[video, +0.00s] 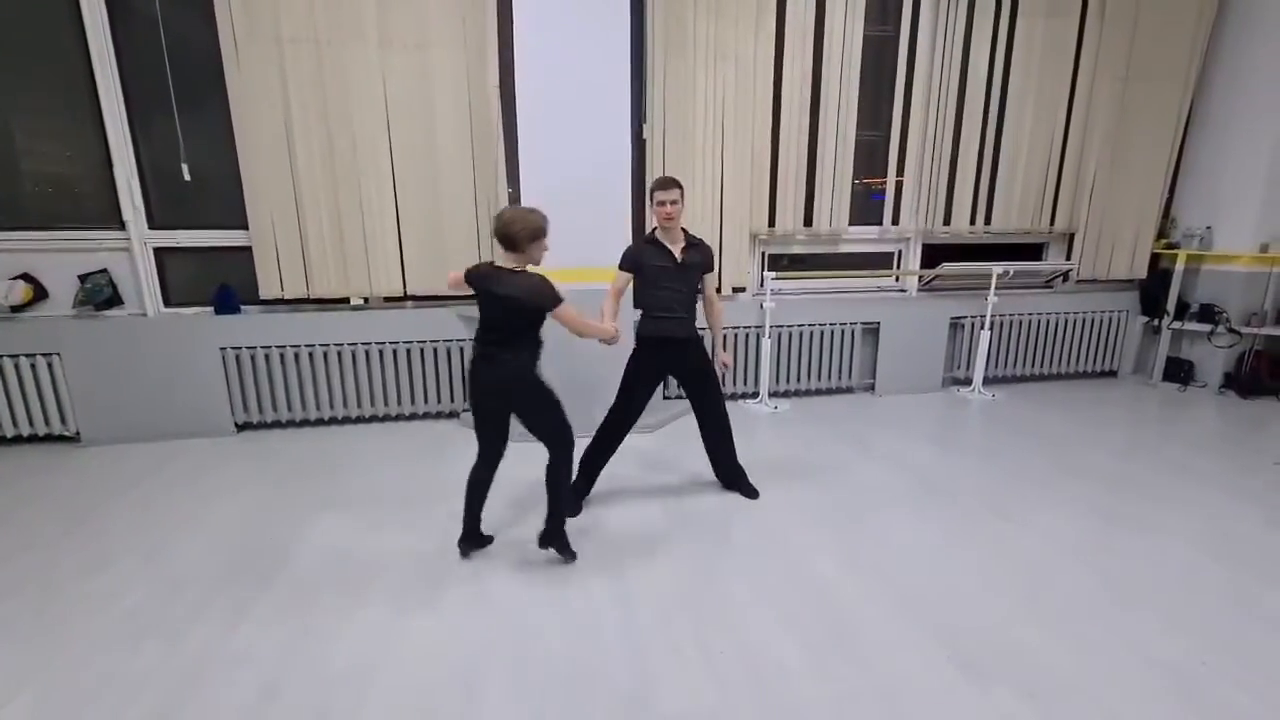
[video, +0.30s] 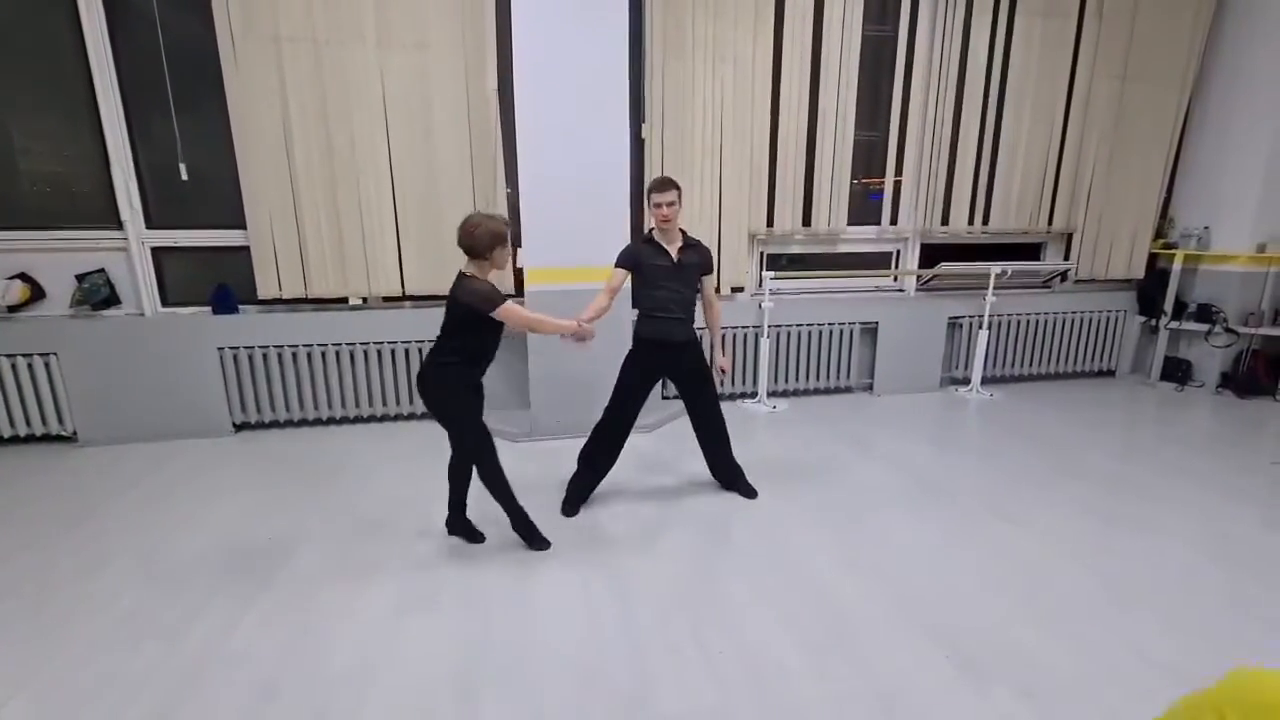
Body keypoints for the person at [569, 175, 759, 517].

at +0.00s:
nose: (668, 210)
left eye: (673, 203)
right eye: (661, 204)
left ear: (683, 206)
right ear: (652, 208)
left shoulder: (701, 251)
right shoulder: (639, 251)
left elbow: (711, 302)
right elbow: (614, 293)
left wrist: (720, 348)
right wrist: (609, 324)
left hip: (688, 345)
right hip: (651, 345)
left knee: (713, 410)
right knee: (621, 417)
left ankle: (731, 475)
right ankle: (579, 487)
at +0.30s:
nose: (665, 212)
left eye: (671, 205)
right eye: (658, 206)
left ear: (681, 206)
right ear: (649, 209)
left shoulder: (699, 253)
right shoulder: (637, 251)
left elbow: (710, 304)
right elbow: (608, 294)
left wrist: (718, 351)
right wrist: (582, 321)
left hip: (686, 348)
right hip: (647, 347)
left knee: (708, 414)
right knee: (617, 418)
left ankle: (730, 475)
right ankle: (579, 488)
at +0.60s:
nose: (634, 236)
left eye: (640, 227)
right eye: (628, 229)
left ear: (656, 224)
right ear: (623, 230)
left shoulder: (687, 263)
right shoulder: (621, 261)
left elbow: (713, 305)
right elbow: (595, 303)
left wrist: (717, 353)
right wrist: (574, 322)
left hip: (683, 351)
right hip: (641, 352)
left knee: (709, 415)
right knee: (614, 418)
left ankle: (730, 476)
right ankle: (582, 487)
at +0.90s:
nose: (620, 215)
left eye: (627, 208)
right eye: (614, 209)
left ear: (643, 212)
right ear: (610, 215)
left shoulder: (666, 262)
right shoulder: (601, 259)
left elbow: (687, 310)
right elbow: (576, 302)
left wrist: (694, 354)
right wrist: (557, 333)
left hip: (666, 347)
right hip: (624, 348)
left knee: (697, 410)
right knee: (604, 414)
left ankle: (735, 472)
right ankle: (580, 485)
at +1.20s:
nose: (628, 211)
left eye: (635, 204)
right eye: (623, 205)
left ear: (651, 205)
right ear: (618, 207)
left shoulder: (666, 257)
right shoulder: (605, 246)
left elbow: (676, 313)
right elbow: (577, 286)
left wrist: (662, 361)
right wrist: (561, 309)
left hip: (657, 349)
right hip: (616, 350)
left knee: (695, 413)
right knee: (595, 418)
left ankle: (736, 471)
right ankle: (579, 488)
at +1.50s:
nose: (645, 222)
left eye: (652, 216)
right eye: (639, 216)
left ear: (663, 220)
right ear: (630, 218)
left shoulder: (668, 275)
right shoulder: (611, 244)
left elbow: (664, 331)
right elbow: (563, 252)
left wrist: (620, 333)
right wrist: (536, 289)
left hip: (655, 357)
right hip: (613, 357)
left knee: (697, 415)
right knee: (599, 427)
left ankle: (739, 474)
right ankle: (578, 491)